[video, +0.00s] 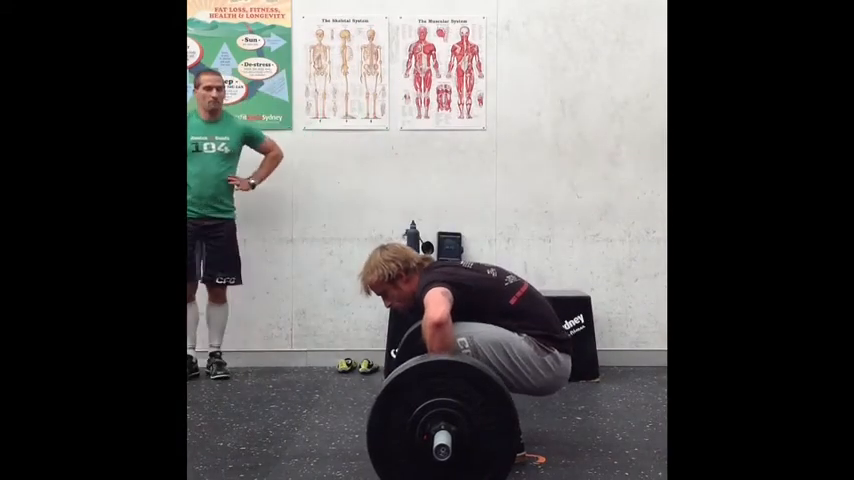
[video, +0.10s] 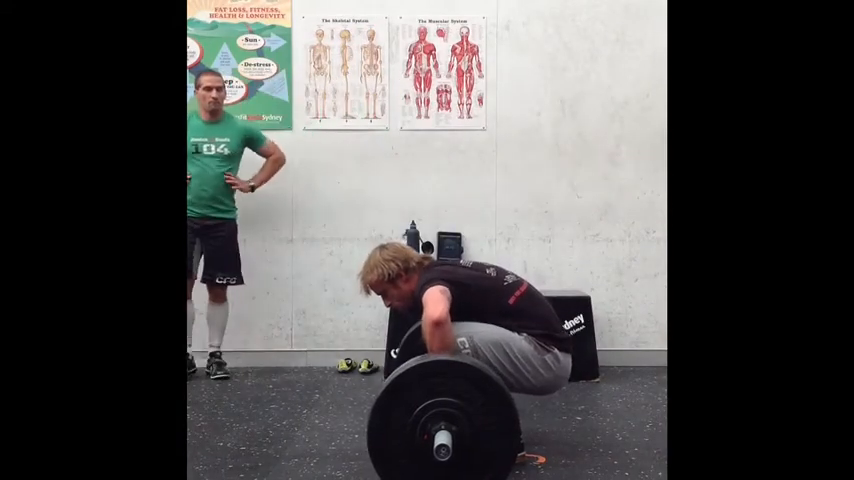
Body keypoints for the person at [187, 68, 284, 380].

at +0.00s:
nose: (214, 94)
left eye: (219, 89)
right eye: (208, 88)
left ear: (225, 93)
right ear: (196, 92)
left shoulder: (238, 127)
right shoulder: (188, 122)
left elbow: (275, 153)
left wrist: (253, 181)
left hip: (220, 219)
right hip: (188, 218)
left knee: (217, 290)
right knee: (188, 290)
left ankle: (214, 356)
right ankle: (189, 356)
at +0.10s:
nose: (214, 94)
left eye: (219, 89)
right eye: (207, 89)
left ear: (226, 93)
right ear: (196, 93)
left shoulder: (240, 129)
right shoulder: (188, 124)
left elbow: (277, 157)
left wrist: (252, 183)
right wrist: (185, 176)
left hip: (221, 220)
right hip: (187, 219)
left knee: (218, 290)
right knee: (186, 288)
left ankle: (215, 356)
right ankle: (187, 355)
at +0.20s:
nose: (213, 94)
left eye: (218, 89)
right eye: (206, 89)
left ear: (225, 93)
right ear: (195, 93)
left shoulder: (240, 130)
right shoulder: (188, 125)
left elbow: (276, 160)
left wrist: (249, 186)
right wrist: (185, 176)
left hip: (221, 220)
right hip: (187, 218)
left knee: (218, 289)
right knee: (186, 281)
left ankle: (215, 355)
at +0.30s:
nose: (210, 94)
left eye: (215, 89)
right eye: (203, 89)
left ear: (222, 93)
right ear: (193, 93)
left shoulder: (239, 130)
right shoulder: (187, 126)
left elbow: (276, 159)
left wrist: (249, 187)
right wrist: (185, 177)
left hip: (220, 220)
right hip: (187, 219)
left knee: (217, 289)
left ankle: (215, 355)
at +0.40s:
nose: (206, 94)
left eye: (211, 88)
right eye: (200, 89)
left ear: (218, 93)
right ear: (190, 93)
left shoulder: (237, 129)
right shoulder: (186, 127)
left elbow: (273, 159)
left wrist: (248, 187)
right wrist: (186, 179)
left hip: (219, 221)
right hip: (187, 220)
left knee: (216, 289)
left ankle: (215, 355)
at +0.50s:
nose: (201, 94)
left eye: (206, 88)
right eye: (196, 89)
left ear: (214, 93)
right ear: (187, 94)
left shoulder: (233, 128)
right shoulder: (185, 127)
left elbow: (270, 159)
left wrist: (244, 187)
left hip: (217, 221)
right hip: (186, 220)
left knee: (215, 290)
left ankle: (215, 355)